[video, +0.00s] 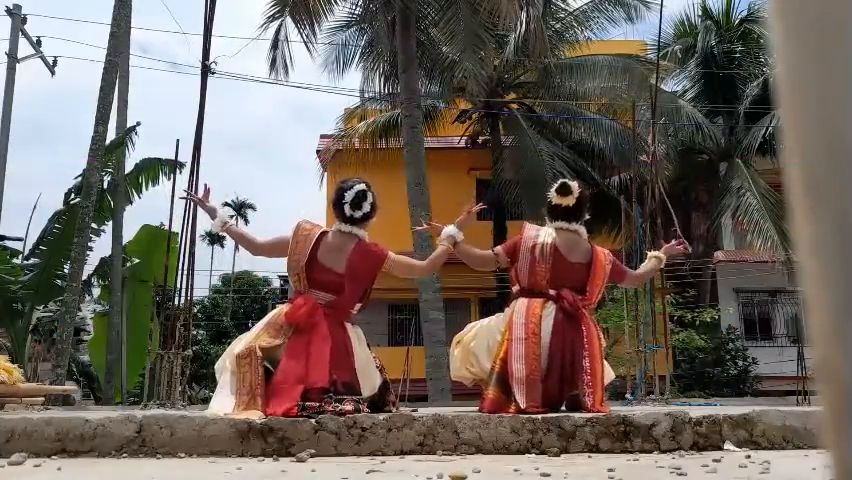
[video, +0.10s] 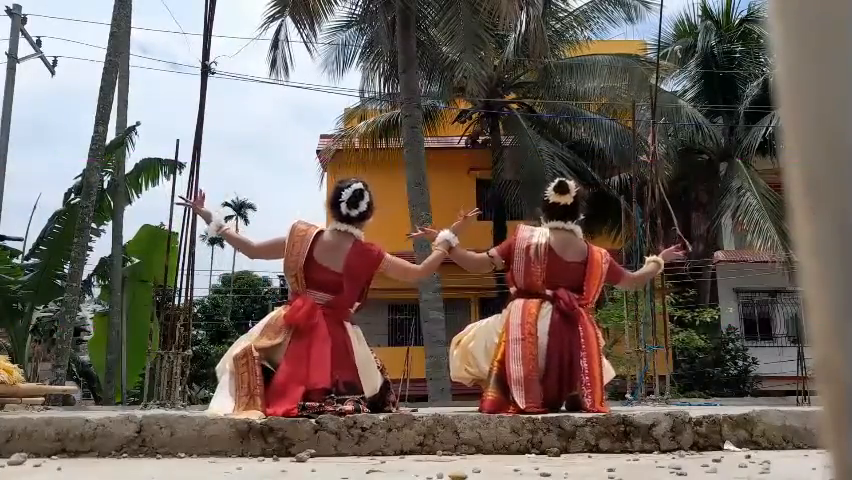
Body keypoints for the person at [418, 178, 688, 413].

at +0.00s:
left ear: (549, 208)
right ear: (584, 212)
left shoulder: (528, 238)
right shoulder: (595, 253)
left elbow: (486, 260)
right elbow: (633, 278)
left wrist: (452, 240)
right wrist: (659, 257)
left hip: (524, 323)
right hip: (573, 329)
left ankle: (513, 397)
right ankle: (576, 397)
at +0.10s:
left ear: (545, 208)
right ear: (580, 213)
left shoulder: (522, 238)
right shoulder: (593, 254)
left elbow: (479, 262)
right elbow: (631, 280)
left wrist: (447, 245)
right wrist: (655, 264)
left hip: (520, 329)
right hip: (572, 335)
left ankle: (513, 397)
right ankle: (572, 397)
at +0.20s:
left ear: (538, 208)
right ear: (574, 212)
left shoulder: (516, 241)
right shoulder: (588, 253)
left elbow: (473, 265)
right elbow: (628, 281)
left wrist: (442, 250)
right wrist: (655, 267)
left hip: (518, 331)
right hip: (569, 334)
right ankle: (573, 400)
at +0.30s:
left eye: (534, 207)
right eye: (558, 207)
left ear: (531, 210)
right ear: (566, 212)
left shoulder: (510, 242)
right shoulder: (585, 251)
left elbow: (469, 267)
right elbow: (623, 282)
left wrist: (434, 254)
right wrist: (653, 268)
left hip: (517, 334)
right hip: (569, 336)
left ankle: (510, 398)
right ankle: (569, 397)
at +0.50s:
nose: (511, 213)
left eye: (513, 208)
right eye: (521, 207)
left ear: (517, 211)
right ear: (551, 212)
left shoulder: (495, 244)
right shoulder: (573, 248)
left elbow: (453, 269)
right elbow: (616, 279)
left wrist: (421, 255)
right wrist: (649, 266)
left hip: (512, 333)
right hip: (566, 333)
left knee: (510, 404)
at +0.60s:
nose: (503, 213)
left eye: (504, 208)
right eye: (506, 208)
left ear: (510, 210)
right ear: (541, 211)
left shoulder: (487, 243)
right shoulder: (567, 245)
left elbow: (448, 270)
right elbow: (609, 275)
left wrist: (417, 255)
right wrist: (645, 262)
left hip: (510, 330)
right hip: (563, 328)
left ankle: (510, 402)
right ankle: (580, 402)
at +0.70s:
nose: (494, 213)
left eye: (497, 208)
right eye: (497, 207)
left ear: (504, 209)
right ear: (534, 210)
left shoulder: (482, 243)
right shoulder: (560, 242)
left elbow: (441, 268)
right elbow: (601, 270)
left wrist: (406, 253)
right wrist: (642, 256)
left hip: (507, 328)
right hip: (560, 325)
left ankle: (510, 405)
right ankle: (579, 401)